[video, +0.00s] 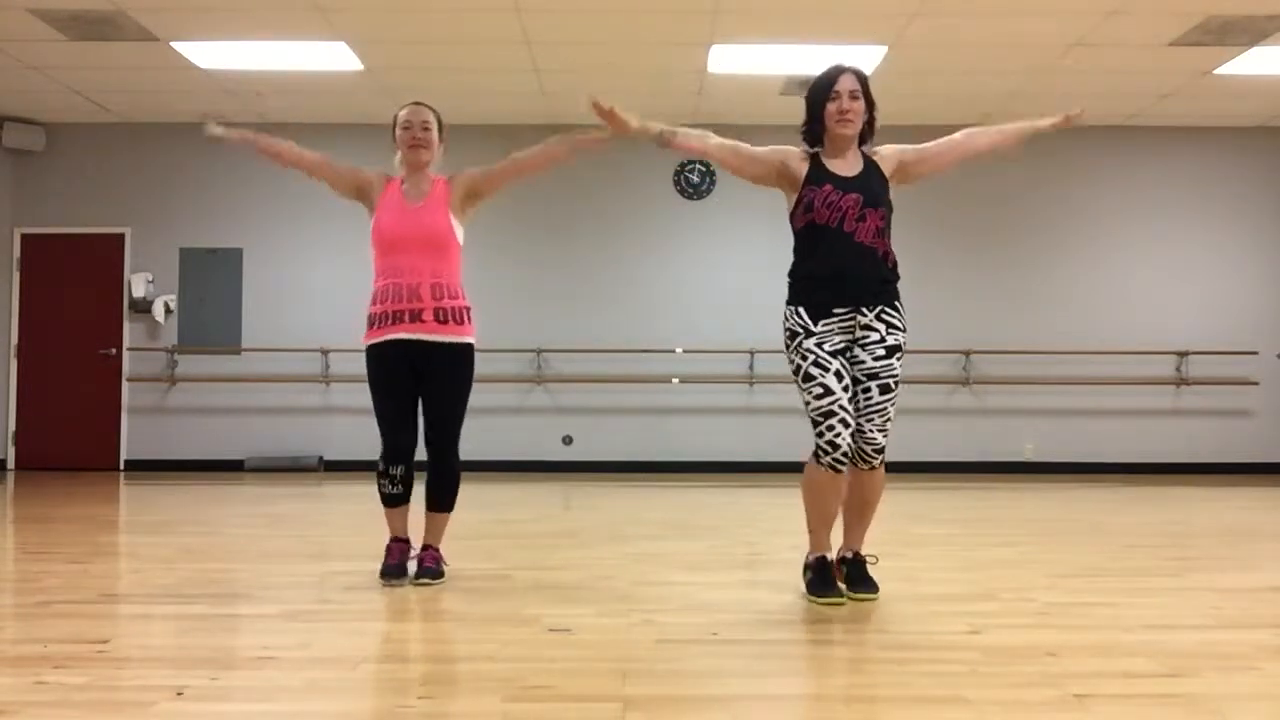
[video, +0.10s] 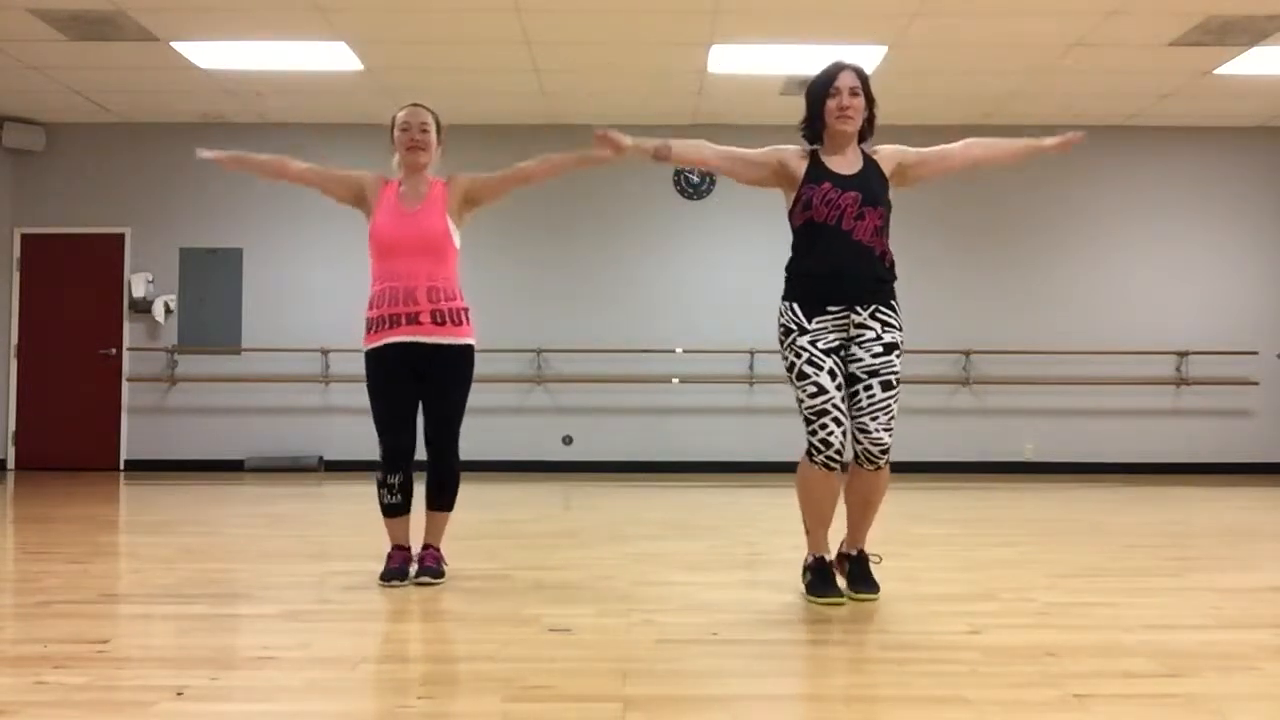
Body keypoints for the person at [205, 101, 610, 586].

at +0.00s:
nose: (418, 132)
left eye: (427, 126)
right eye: (409, 126)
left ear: (440, 141)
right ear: (394, 141)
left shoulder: (459, 191)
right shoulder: (375, 187)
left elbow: (527, 161)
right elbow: (309, 162)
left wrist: (604, 137)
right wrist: (247, 137)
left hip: (449, 337)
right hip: (389, 336)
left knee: (443, 445)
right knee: (397, 445)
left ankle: (431, 549)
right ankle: (398, 543)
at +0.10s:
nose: (414, 132)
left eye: (424, 127)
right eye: (405, 126)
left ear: (438, 143)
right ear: (392, 142)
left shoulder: (457, 192)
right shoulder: (372, 189)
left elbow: (530, 171)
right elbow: (296, 171)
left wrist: (594, 155)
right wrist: (234, 159)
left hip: (448, 337)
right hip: (388, 338)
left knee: (442, 446)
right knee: (395, 449)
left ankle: (431, 549)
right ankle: (399, 550)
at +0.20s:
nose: (413, 126)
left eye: (422, 122)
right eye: (404, 121)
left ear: (436, 138)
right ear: (391, 137)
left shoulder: (456, 188)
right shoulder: (371, 185)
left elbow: (530, 175)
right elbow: (293, 177)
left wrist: (594, 169)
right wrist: (227, 174)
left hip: (446, 333)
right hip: (386, 333)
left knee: (436, 442)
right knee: (393, 445)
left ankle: (432, 547)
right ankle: (398, 550)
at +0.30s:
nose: (412, 126)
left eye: (421, 121)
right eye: (403, 121)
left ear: (435, 135)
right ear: (390, 135)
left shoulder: (456, 186)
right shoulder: (370, 186)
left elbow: (531, 181)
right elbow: (291, 184)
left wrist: (589, 177)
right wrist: (225, 185)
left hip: (444, 330)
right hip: (385, 331)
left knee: (432, 438)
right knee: (392, 443)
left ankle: (434, 540)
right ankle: (399, 549)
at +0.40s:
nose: (413, 126)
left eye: (422, 122)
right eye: (404, 121)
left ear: (436, 139)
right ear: (390, 138)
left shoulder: (458, 189)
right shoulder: (371, 189)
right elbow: (293, 191)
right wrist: (227, 197)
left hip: (444, 331)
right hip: (385, 331)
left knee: (430, 439)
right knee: (390, 442)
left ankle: (435, 543)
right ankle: (398, 549)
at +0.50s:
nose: (415, 132)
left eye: (424, 126)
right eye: (405, 126)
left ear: (438, 140)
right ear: (393, 141)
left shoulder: (461, 192)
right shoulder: (374, 193)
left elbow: (537, 194)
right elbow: (295, 203)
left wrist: (605, 200)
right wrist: (229, 212)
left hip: (446, 336)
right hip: (386, 334)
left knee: (432, 444)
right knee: (392, 442)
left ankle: (432, 549)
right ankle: (399, 550)